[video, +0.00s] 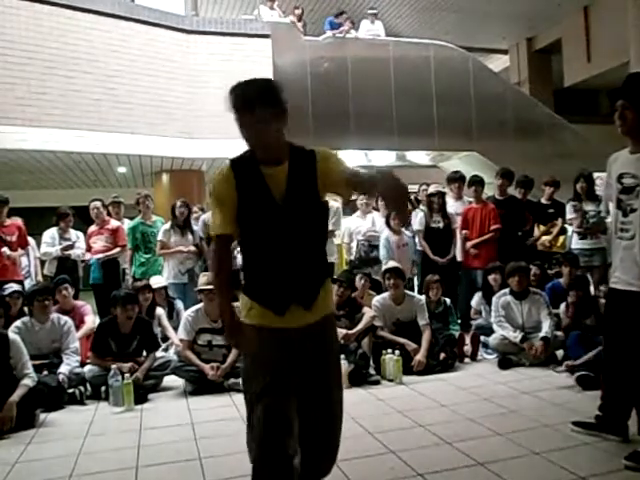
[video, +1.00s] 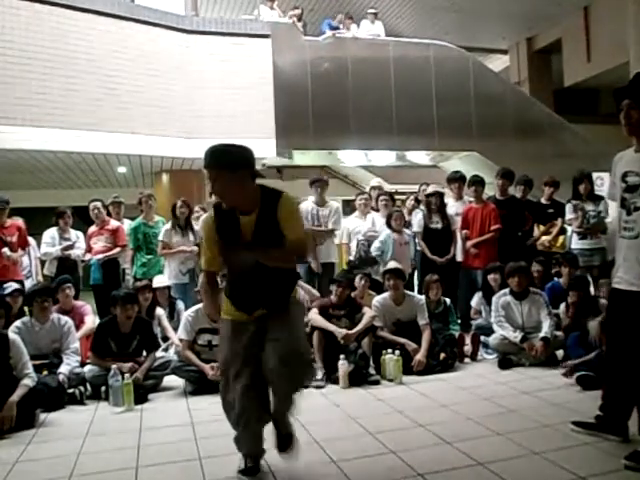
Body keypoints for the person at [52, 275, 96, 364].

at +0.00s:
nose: (64, 293)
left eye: (66, 289)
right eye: (59, 291)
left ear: (72, 290)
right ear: (55, 296)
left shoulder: (83, 307)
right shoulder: (53, 312)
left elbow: (90, 325)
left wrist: (74, 338)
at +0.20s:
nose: (64, 293)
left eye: (66, 289)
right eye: (60, 291)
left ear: (73, 290)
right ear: (56, 296)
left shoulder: (83, 307)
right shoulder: (53, 312)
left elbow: (90, 325)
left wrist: (74, 338)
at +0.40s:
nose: (65, 293)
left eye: (67, 289)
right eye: (60, 291)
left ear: (73, 291)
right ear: (56, 296)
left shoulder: (83, 307)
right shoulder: (53, 312)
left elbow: (90, 325)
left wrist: (74, 338)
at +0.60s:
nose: (65, 293)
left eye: (67, 288)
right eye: (60, 291)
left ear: (73, 291)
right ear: (56, 296)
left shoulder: (83, 307)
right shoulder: (53, 312)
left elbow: (90, 325)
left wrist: (74, 338)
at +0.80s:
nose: (66, 293)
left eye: (68, 288)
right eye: (62, 290)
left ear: (74, 291)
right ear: (57, 295)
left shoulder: (84, 307)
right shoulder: (53, 312)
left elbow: (90, 325)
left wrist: (74, 338)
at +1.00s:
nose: (67, 292)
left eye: (69, 288)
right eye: (63, 290)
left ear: (74, 291)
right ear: (57, 295)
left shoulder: (84, 308)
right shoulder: (53, 312)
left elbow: (90, 325)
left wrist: (74, 338)